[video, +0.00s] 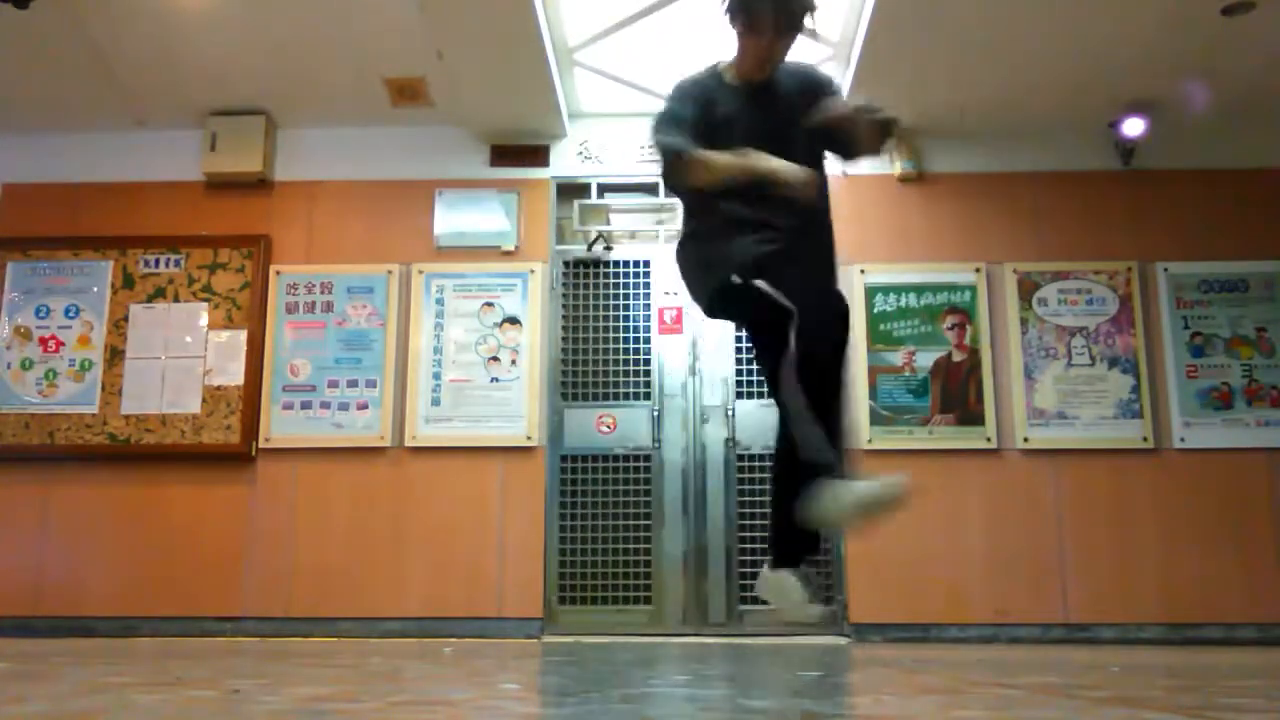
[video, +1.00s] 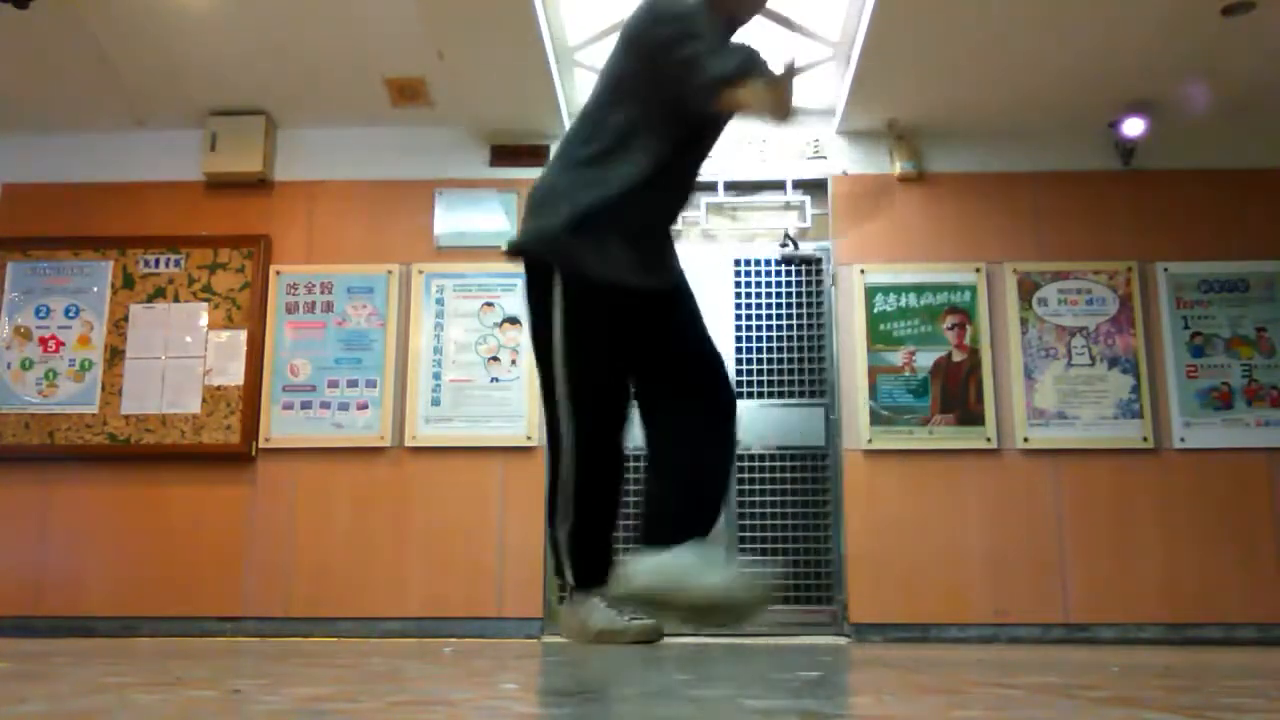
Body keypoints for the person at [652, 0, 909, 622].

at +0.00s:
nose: (768, 48)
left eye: (781, 36)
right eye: (759, 33)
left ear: (794, 34)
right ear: (738, 25)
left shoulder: (806, 88)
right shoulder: (695, 94)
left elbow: (859, 143)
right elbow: (682, 170)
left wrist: (872, 124)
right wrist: (764, 164)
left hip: (803, 258)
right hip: (725, 254)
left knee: (813, 409)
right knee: (800, 312)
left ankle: (784, 565)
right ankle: (821, 480)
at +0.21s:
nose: (803, 92)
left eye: (813, 80)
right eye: (793, 76)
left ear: (820, 85)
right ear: (762, 68)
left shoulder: (807, 162)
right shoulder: (724, 133)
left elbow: (860, 201)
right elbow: (731, 196)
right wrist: (801, 236)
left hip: (783, 332)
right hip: (721, 330)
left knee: (809, 450)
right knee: (830, 393)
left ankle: (791, 612)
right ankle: (940, 525)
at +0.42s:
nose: (805, 34)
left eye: (815, 24)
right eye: (795, 17)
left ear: (821, 33)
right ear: (762, 17)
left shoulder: (812, 124)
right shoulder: (702, 76)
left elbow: (838, 193)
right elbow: (621, 58)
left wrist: (874, 202)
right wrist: (552, 38)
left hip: (764, 281)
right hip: (683, 265)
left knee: (788, 423)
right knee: (763, 356)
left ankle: (766, 554)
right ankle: (765, 544)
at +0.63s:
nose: (769, 11)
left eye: (777, 5)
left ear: (781, 16)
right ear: (728, 1)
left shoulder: (772, 89)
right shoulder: (658, 71)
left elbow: (735, 184)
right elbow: (550, 120)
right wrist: (427, 157)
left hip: (742, 283)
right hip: (666, 276)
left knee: (731, 466)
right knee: (684, 431)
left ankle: (573, 557)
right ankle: (627, 597)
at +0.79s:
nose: (736, 7)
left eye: (743, 2)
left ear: (749, 4)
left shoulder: (754, 53)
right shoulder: (646, 21)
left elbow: (812, 109)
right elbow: (645, 66)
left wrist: (887, 120)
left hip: (678, 240)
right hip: (603, 236)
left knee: (740, 370)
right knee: (627, 390)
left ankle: (673, 533)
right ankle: (625, 571)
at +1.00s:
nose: (760, 8)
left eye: (761, 3)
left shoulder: (710, 43)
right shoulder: (671, 18)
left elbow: (771, 100)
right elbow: (745, 96)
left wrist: (764, 81)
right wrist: (776, 84)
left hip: (639, 245)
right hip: (576, 241)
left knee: (699, 396)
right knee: (588, 419)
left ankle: (674, 552)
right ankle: (583, 595)